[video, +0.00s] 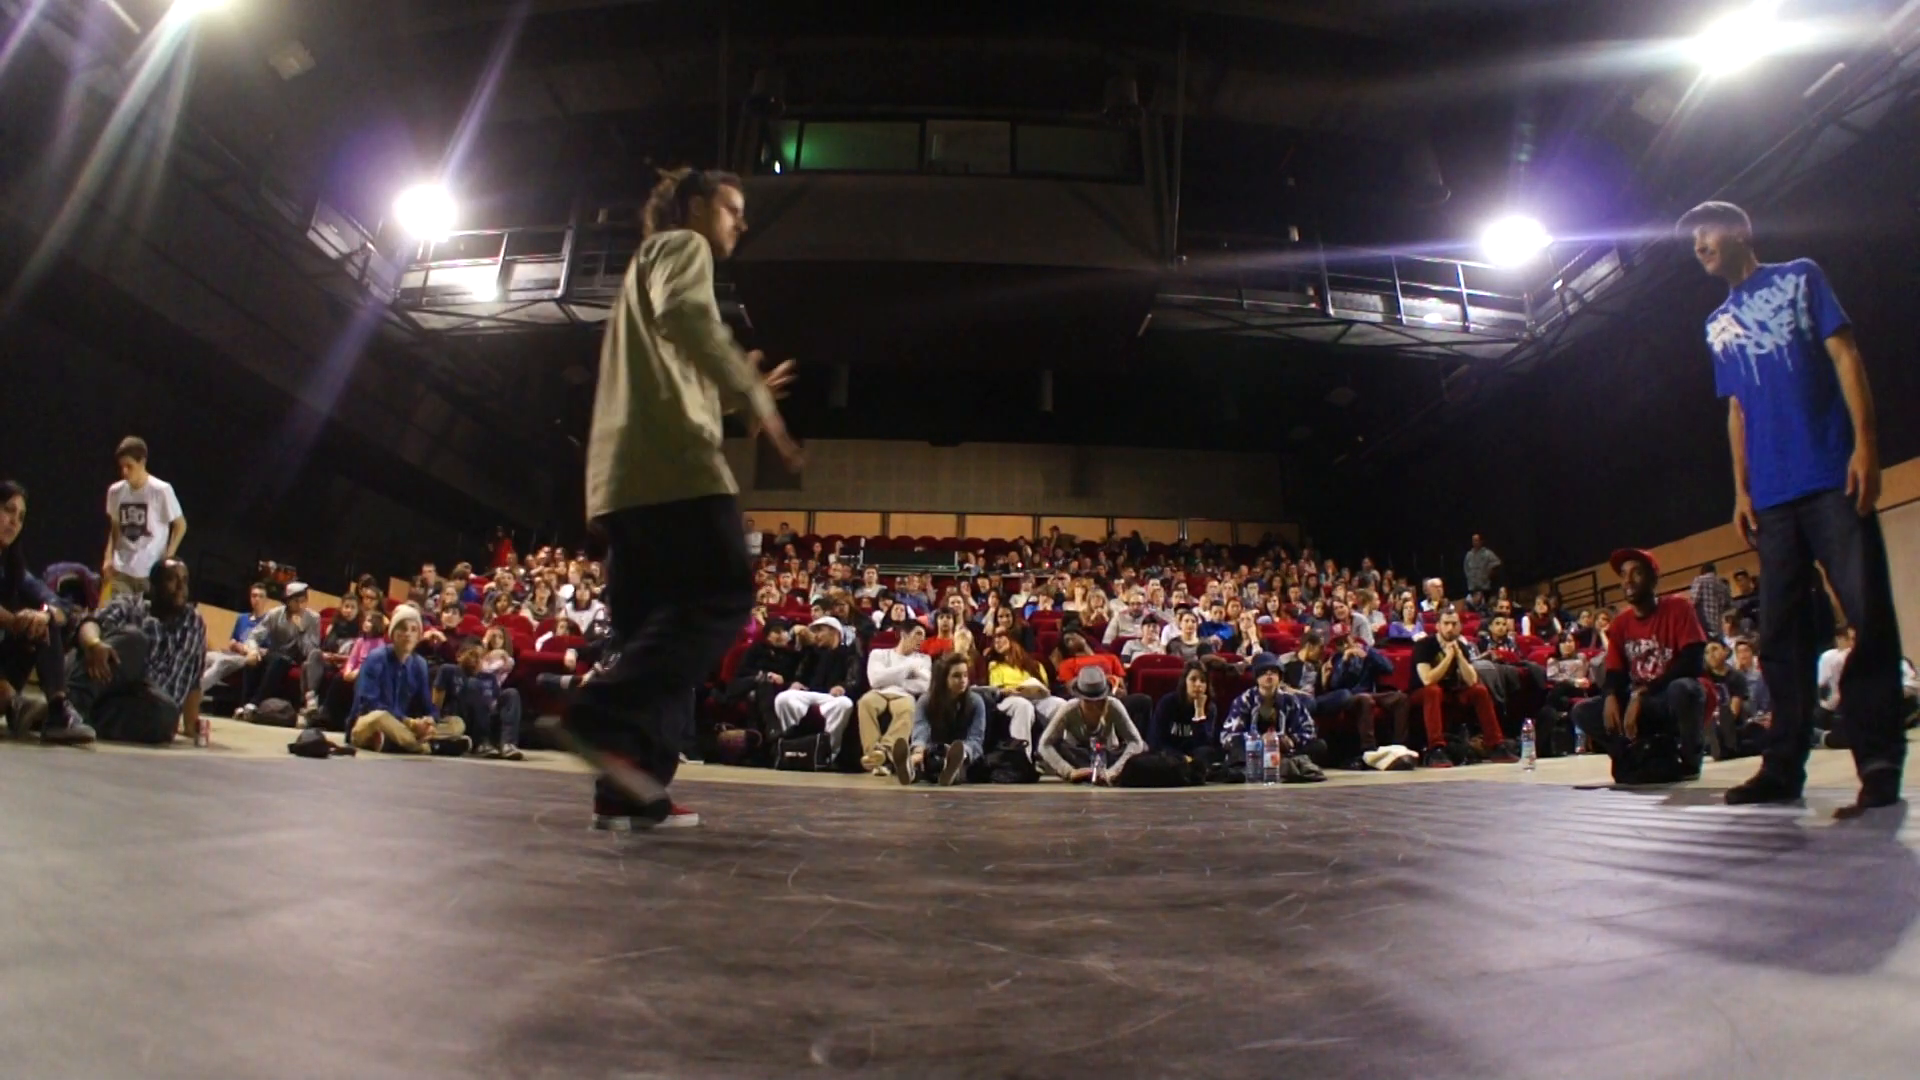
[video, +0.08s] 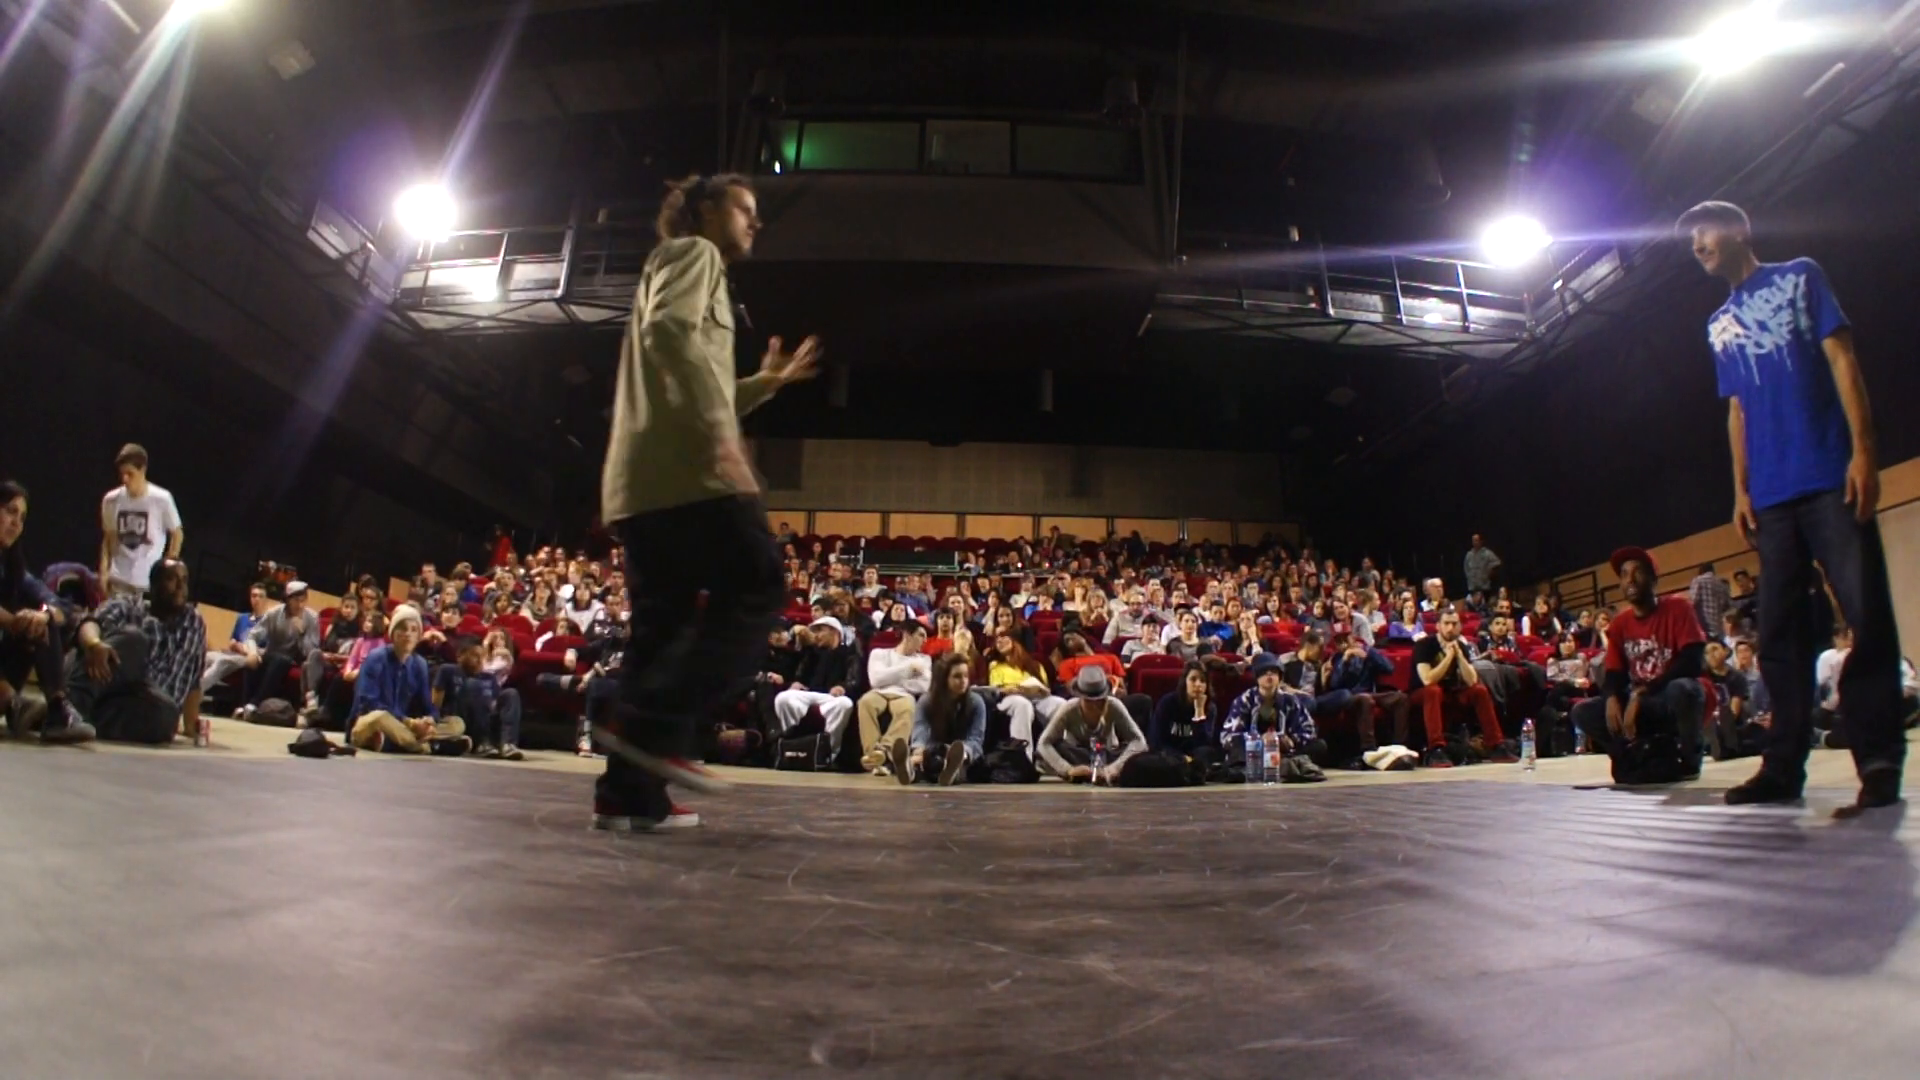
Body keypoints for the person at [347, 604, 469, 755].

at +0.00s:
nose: (408, 634)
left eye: (414, 630)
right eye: (402, 629)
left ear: (419, 635)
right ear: (392, 633)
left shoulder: (420, 664)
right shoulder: (376, 659)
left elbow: (427, 707)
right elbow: (368, 703)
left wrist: (429, 721)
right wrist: (407, 722)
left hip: (411, 725)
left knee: (457, 724)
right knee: (380, 717)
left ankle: (394, 743)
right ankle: (425, 748)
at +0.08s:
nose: (408, 634)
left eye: (414, 630)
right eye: (402, 629)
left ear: (419, 635)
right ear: (392, 633)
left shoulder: (420, 664)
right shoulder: (375, 659)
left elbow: (426, 706)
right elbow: (367, 703)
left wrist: (429, 721)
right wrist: (406, 722)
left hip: (410, 725)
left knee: (457, 724)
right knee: (380, 717)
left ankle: (391, 744)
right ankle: (425, 748)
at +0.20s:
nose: (408, 634)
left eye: (414, 630)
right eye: (403, 629)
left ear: (419, 635)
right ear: (392, 633)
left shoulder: (420, 665)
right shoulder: (375, 658)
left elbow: (426, 706)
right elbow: (367, 702)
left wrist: (430, 721)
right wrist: (406, 722)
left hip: (411, 725)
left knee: (457, 723)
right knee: (380, 717)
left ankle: (391, 744)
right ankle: (425, 748)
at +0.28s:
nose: (409, 634)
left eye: (414, 630)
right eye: (403, 629)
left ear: (419, 635)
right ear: (392, 633)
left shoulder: (420, 664)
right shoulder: (375, 658)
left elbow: (427, 706)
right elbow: (367, 702)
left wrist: (430, 720)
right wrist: (406, 722)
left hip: (411, 725)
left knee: (457, 724)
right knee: (380, 717)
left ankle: (391, 744)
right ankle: (425, 748)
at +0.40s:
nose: (409, 635)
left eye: (414, 630)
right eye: (403, 629)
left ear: (419, 635)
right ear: (392, 633)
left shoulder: (420, 665)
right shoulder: (375, 659)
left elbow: (427, 706)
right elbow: (366, 702)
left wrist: (430, 721)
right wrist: (406, 722)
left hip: (411, 725)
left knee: (457, 724)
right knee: (380, 717)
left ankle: (391, 744)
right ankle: (425, 748)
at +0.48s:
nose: (409, 635)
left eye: (414, 630)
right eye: (403, 629)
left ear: (419, 635)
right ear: (392, 633)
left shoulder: (419, 665)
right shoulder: (375, 659)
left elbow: (427, 706)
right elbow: (366, 703)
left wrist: (430, 721)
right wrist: (406, 722)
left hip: (411, 725)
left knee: (457, 723)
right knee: (380, 717)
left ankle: (391, 743)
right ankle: (425, 748)